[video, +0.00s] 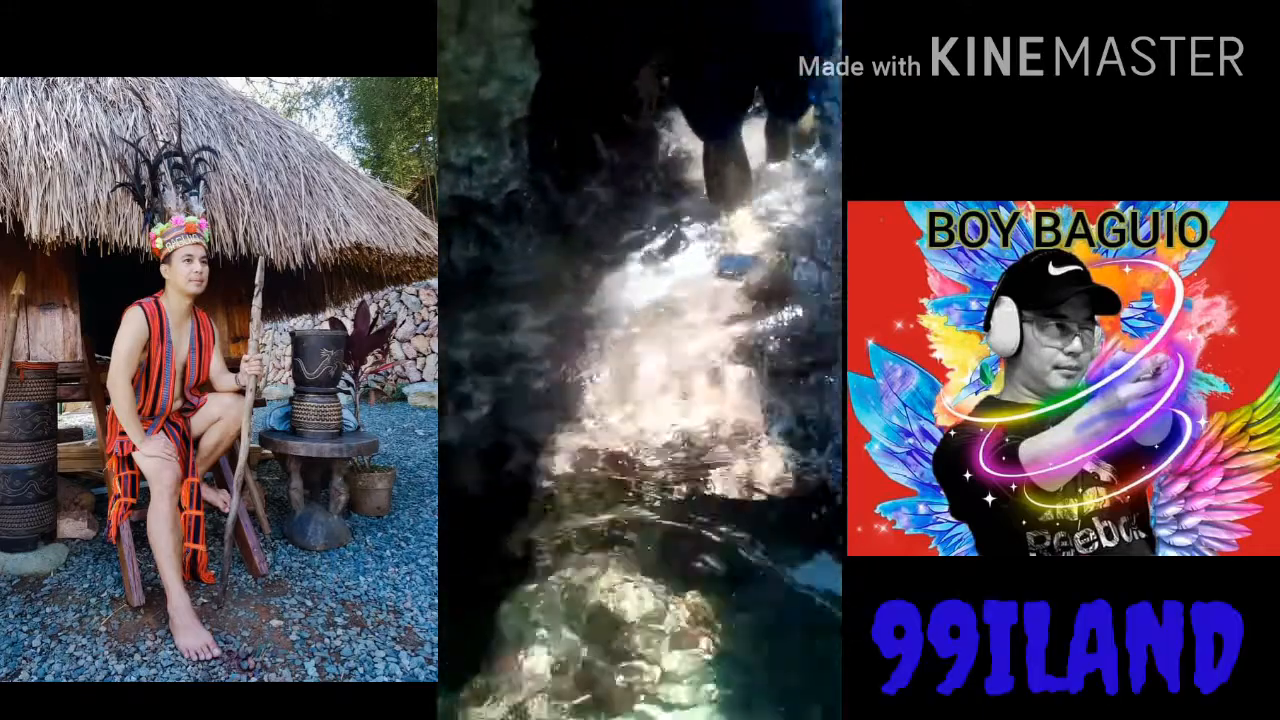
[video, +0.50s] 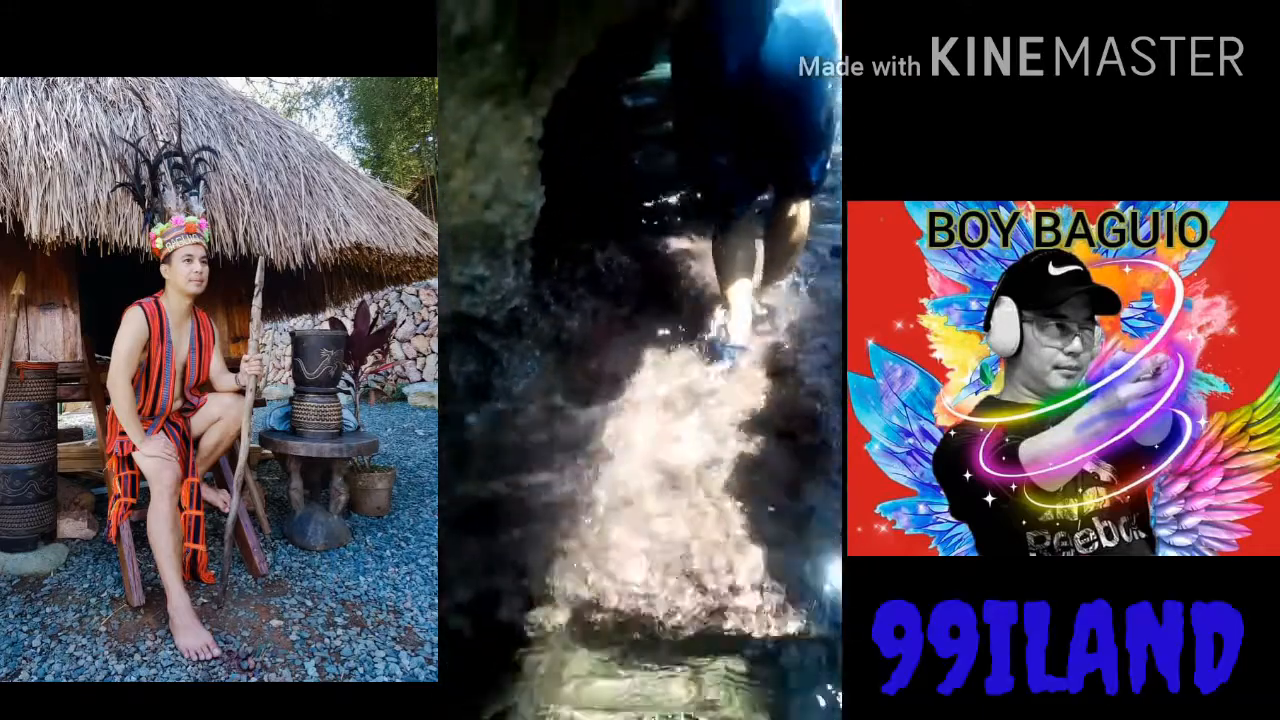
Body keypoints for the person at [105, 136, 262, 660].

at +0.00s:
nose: (198, 268)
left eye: (203, 260)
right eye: (187, 260)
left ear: (208, 267)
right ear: (165, 267)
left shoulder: (206, 324)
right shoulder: (142, 316)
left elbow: (220, 382)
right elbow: (117, 380)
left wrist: (243, 380)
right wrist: (138, 440)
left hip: (180, 419)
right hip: (140, 424)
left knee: (237, 407)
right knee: (169, 477)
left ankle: (191, 478)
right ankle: (179, 606)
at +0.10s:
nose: (198, 269)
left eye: (203, 260)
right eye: (187, 261)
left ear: (207, 266)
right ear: (164, 267)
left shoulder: (206, 323)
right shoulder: (142, 316)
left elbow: (220, 381)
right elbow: (117, 380)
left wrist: (243, 380)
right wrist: (138, 440)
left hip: (181, 419)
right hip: (140, 424)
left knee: (237, 407)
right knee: (169, 476)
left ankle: (191, 479)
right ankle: (179, 605)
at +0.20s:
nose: (198, 269)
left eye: (203, 260)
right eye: (187, 261)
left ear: (207, 266)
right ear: (164, 267)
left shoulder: (206, 323)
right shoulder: (142, 316)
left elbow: (220, 381)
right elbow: (117, 380)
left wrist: (243, 380)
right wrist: (138, 440)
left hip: (181, 419)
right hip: (140, 424)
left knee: (237, 407)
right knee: (169, 476)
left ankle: (191, 479)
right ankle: (179, 605)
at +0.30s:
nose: (198, 268)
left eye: (203, 260)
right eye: (187, 260)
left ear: (208, 267)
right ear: (165, 267)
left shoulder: (206, 324)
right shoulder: (142, 316)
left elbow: (220, 381)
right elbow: (117, 380)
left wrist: (243, 381)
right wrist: (138, 440)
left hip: (180, 419)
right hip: (140, 424)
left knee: (236, 407)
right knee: (169, 476)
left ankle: (191, 478)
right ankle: (179, 605)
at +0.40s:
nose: (198, 268)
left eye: (203, 260)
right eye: (187, 260)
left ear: (208, 267)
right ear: (165, 267)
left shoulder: (206, 324)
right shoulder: (142, 316)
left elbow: (220, 381)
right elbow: (117, 380)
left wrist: (243, 381)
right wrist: (138, 440)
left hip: (180, 419)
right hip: (140, 424)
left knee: (236, 407)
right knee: (169, 476)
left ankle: (191, 478)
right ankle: (179, 605)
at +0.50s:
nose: (198, 268)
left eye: (203, 260)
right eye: (187, 260)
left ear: (208, 267)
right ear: (165, 267)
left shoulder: (206, 324)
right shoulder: (142, 316)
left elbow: (220, 381)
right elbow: (117, 380)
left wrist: (243, 381)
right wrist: (138, 440)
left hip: (180, 419)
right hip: (140, 424)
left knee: (236, 407)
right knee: (169, 476)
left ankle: (191, 478)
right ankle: (179, 605)